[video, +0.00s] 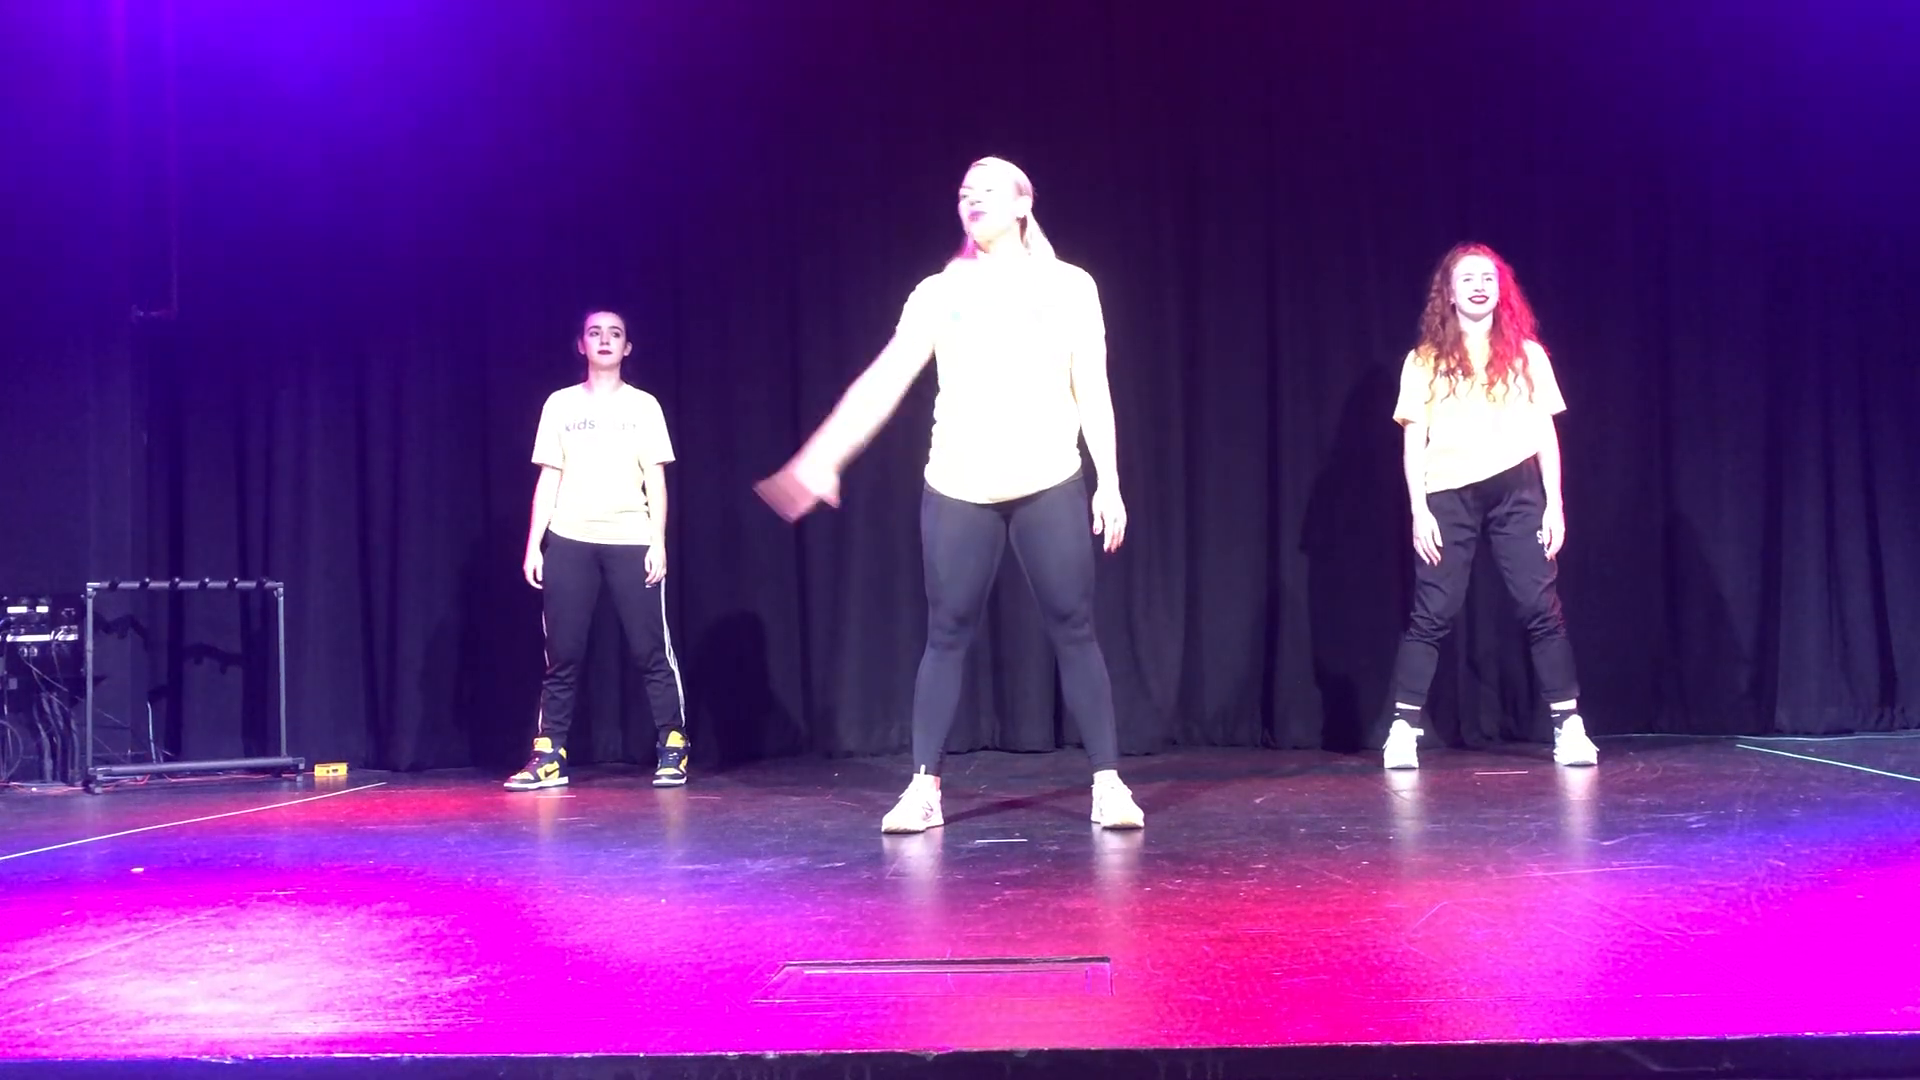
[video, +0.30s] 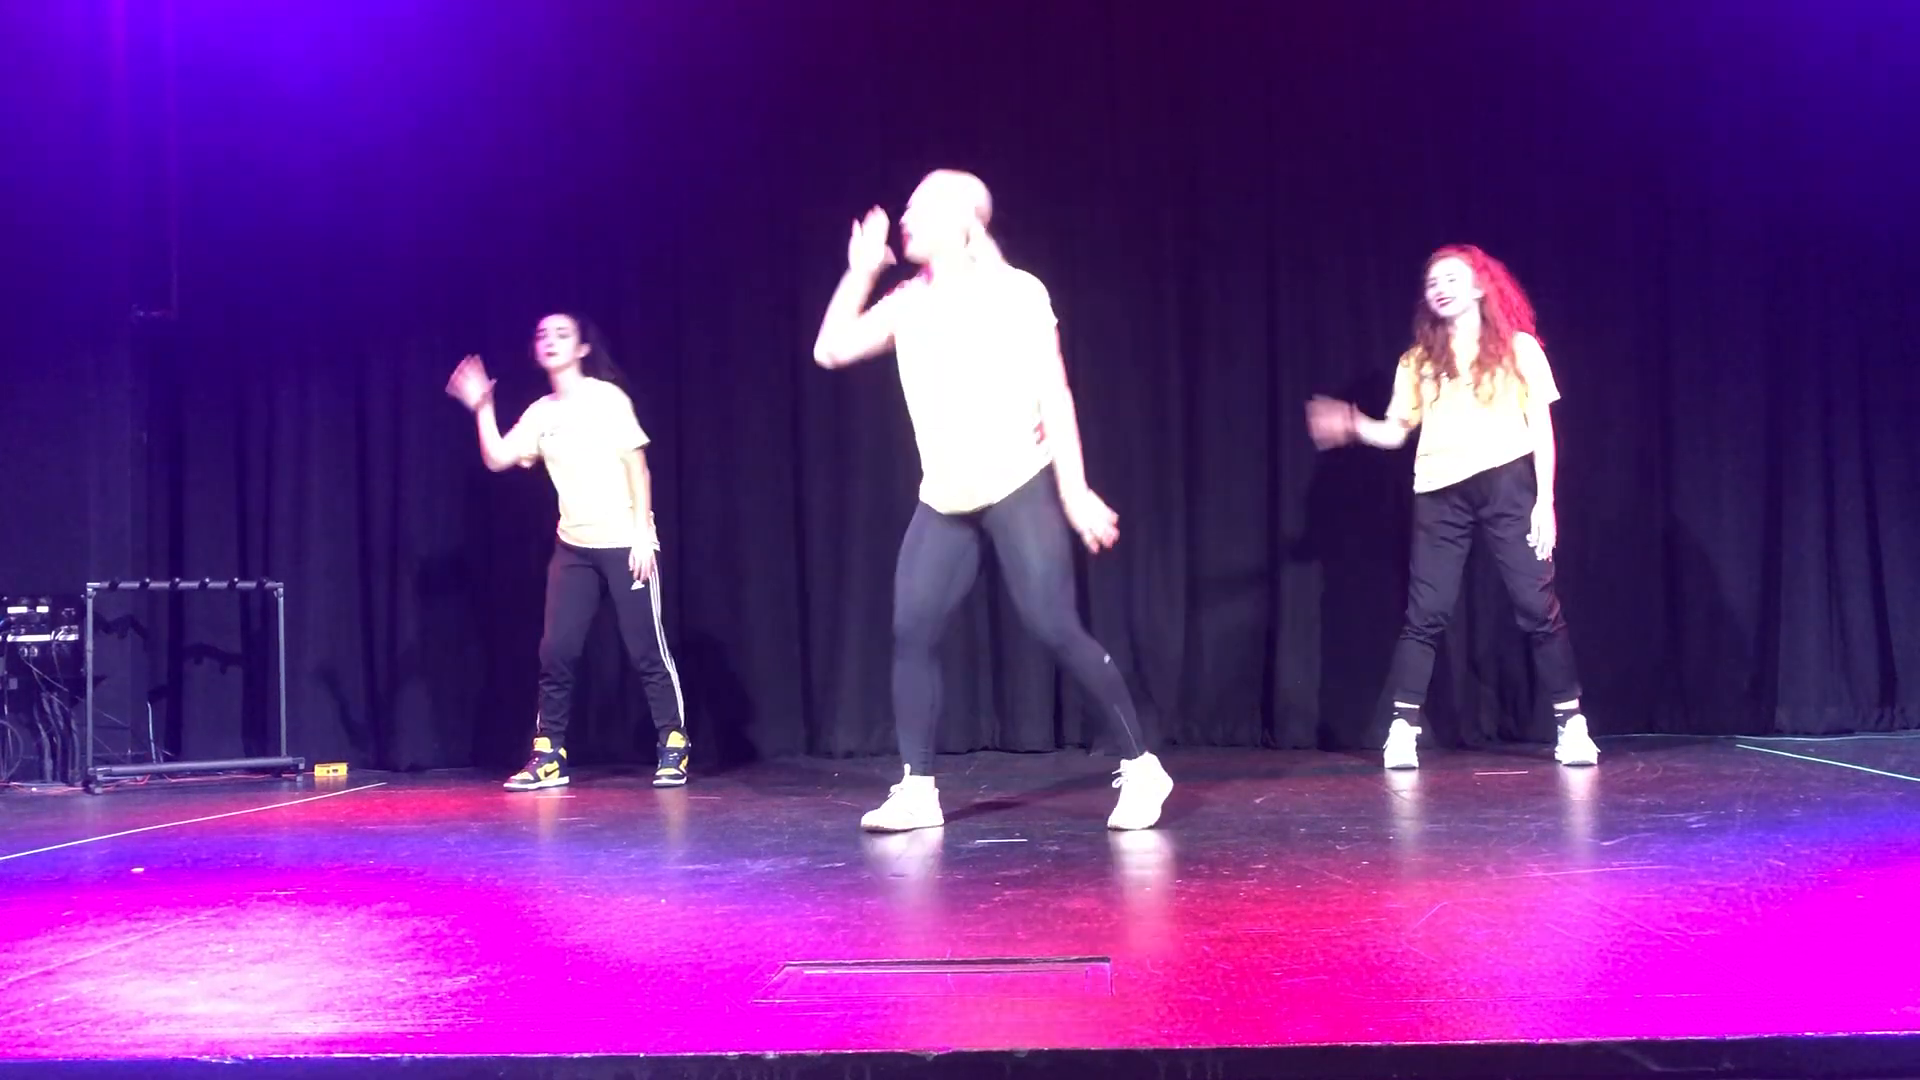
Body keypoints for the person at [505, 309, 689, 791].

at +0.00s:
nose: (604, 340)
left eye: (614, 333)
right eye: (596, 333)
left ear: (626, 346)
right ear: (582, 345)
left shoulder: (644, 405)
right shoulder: (559, 404)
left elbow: (655, 480)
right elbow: (549, 477)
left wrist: (658, 541)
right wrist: (533, 544)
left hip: (631, 542)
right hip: (569, 542)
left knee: (650, 651)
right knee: (561, 656)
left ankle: (672, 748)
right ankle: (550, 756)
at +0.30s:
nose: (549, 342)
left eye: (560, 334)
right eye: (541, 336)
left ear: (583, 347)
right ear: (535, 353)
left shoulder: (608, 398)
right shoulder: (540, 413)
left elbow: (637, 465)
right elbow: (497, 457)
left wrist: (645, 535)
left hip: (625, 541)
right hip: (574, 546)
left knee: (647, 653)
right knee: (556, 653)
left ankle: (673, 746)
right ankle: (549, 757)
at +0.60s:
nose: (486, 371)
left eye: (497, 362)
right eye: (482, 364)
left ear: (524, 373)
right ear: (481, 379)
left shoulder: (546, 415)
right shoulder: (509, 436)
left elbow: (590, 474)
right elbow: (466, 476)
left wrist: (609, 547)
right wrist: (472, 417)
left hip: (619, 541)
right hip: (579, 551)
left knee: (642, 649)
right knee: (555, 651)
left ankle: (696, 746)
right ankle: (549, 757)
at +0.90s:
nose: (483, 389)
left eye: (494, 380)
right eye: (481, 381)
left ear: (522, 389)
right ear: (482, 391)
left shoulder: (547, 430)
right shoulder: (514, 452)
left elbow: (589, 491)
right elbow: (475, 496)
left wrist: (591, 566)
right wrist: (475, 439)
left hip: (615, 556)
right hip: (575, 562)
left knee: (626, 665)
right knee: (533, 650)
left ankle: (710, 745)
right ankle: (547, 759)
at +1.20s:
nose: (535, 361)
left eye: (547, 354)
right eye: (528, 353)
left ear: (566, 368)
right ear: (519, 366)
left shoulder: (589, 411)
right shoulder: (528, 427)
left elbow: (633, 468)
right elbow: (493, 460)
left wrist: (651, 519)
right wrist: (512, 402)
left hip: (626, 552)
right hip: (574, 555)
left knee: (643, 655)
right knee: (544, 649)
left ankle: (707, 745)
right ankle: (548, 759)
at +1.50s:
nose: (631, 357)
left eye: (639, 351)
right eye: (622, 347)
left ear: (646, 363)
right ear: (598, 355)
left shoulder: (657, 415)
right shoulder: (576, 405)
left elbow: (708, 459)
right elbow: (572, 451)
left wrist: (767, 475)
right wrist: (597, 398)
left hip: (640, 550)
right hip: (579, 548)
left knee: (661, 648)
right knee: (546, 649)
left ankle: (689, 748)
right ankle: (544, 755)